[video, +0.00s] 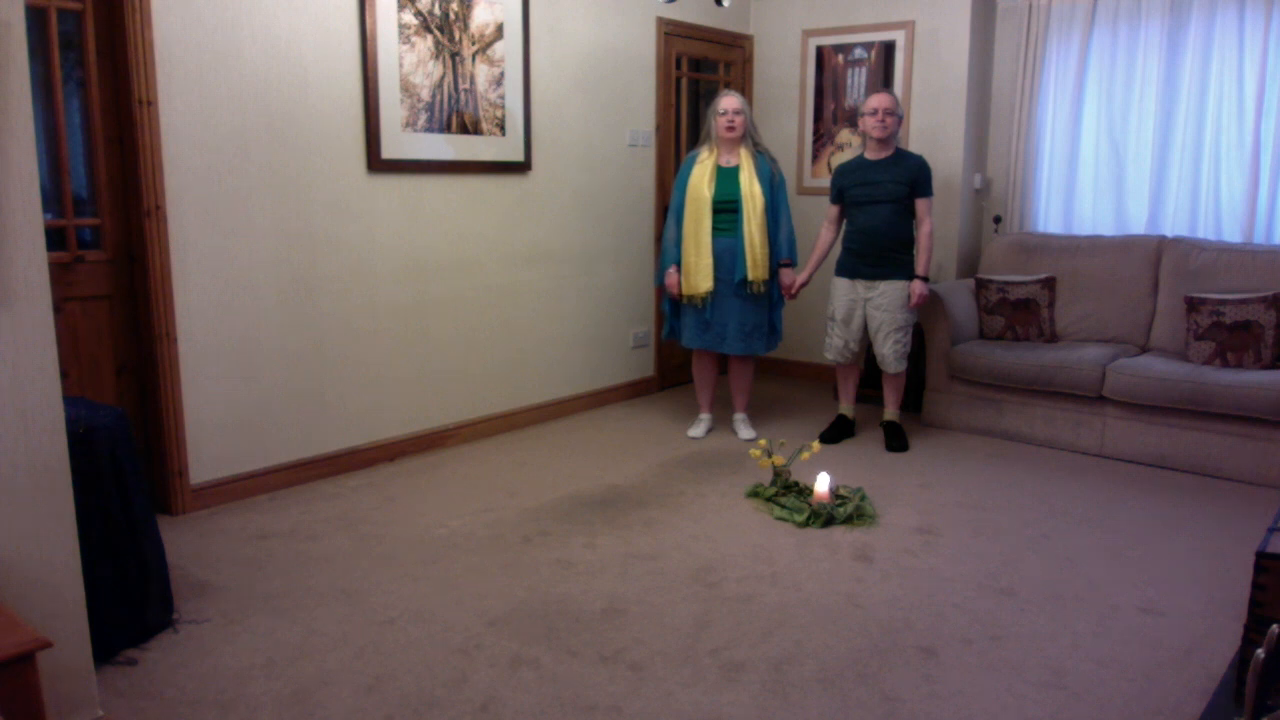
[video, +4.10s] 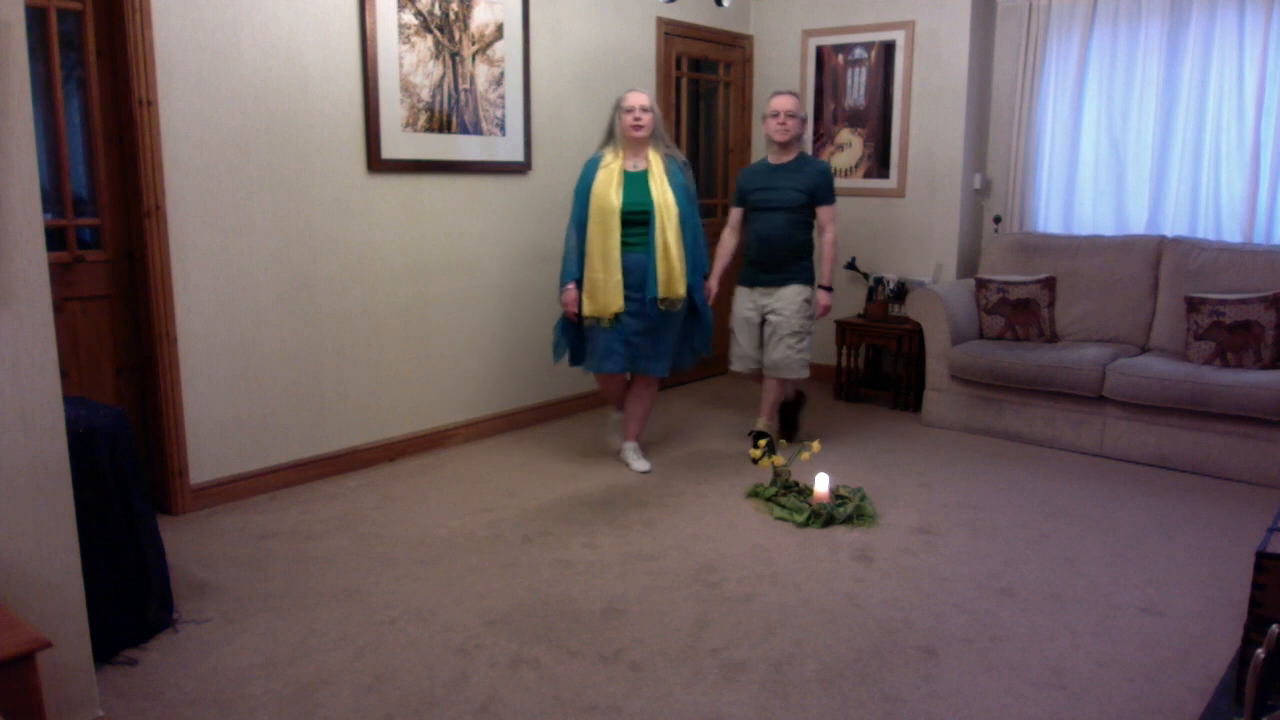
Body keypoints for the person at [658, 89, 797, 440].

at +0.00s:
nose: (730, 119)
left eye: (737, 113)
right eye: (723, 113)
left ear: (747, 119)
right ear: (712, 120)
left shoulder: (764, 164)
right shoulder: (694, 163)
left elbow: (780, 216)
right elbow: (675, 217)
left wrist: (785, 264)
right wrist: (671, 265)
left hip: (750, 268)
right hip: (701, 268)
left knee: (743, 344)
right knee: (703, 343)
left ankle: (741, 414)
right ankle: (705, 413)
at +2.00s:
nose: (732, 119)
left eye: (739, 114)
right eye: (725, 114)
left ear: (749, 119)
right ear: (714, 120)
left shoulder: (765, 164)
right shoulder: (695, 164)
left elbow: (782, 216)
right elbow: (677, 218)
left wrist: (788, 264)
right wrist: (673, 266)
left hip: (751, 268)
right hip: (703, 269)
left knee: (744, 344)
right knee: (704, 343)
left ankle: (740, 414)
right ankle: (704, 413)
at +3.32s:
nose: (682, 124)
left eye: (689, 117)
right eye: (674, 118)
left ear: (700, 123)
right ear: (664, 124)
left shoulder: (718, 170)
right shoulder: (645, 168)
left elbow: (737, 224)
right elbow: (625, 223)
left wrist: (750, 271)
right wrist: (614, 270)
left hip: (702, 279)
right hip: (650, 278)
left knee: (712, 349)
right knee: (650, 350)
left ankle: (726, 409)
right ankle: (656, 416)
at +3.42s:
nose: (674, 123)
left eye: (681, 116)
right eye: (666, 117)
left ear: (692, 122)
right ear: (656, 123)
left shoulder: (710, 169)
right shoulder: (637, 167)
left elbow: (729, 224)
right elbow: (617, 222)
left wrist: (739, 271)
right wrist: (605, 270)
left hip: (694, 276)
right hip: (643, 277)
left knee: (697, 347)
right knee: (648, 348)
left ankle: (698, 412)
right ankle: (655, 416)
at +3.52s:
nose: (668, 121)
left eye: (675, 115)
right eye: (661, 115)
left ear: (686, 120)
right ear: (650, 121)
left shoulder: (704, 169)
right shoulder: (630, 166)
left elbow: (722, 222)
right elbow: (610, 222)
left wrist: (731, 269)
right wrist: (599, 272)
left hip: (687, 274)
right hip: (637, 274)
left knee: (680, 347)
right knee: (646, 348)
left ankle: (666, 420)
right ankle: (655, 417)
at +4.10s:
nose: (637, 116)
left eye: (645, 110)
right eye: (630, 111)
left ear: (656, 119)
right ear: (617, 119)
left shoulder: (674, 167)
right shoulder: (597, 166)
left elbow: (692, 225)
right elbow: (577, 229)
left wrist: (700, 277)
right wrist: (570, 282)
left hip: (661, 283)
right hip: (607, 283)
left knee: (648, 367)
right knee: (606, 367)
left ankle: (632, 442)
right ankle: (621, 409)